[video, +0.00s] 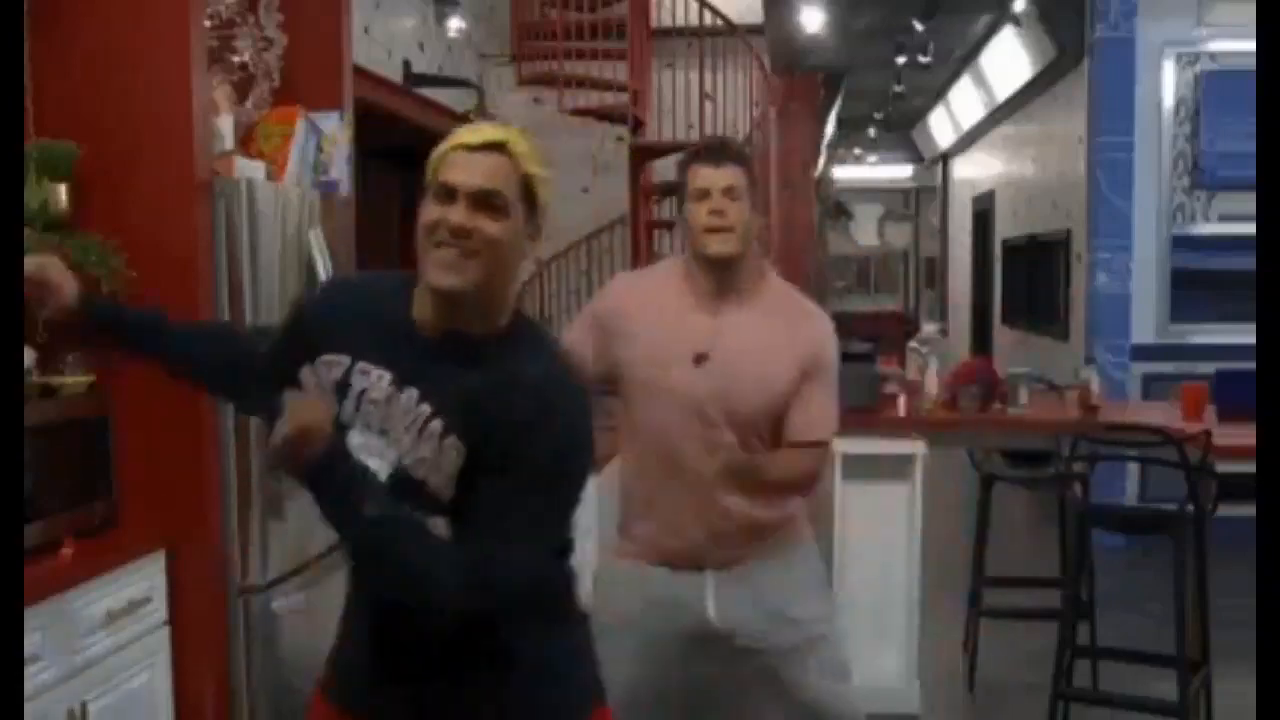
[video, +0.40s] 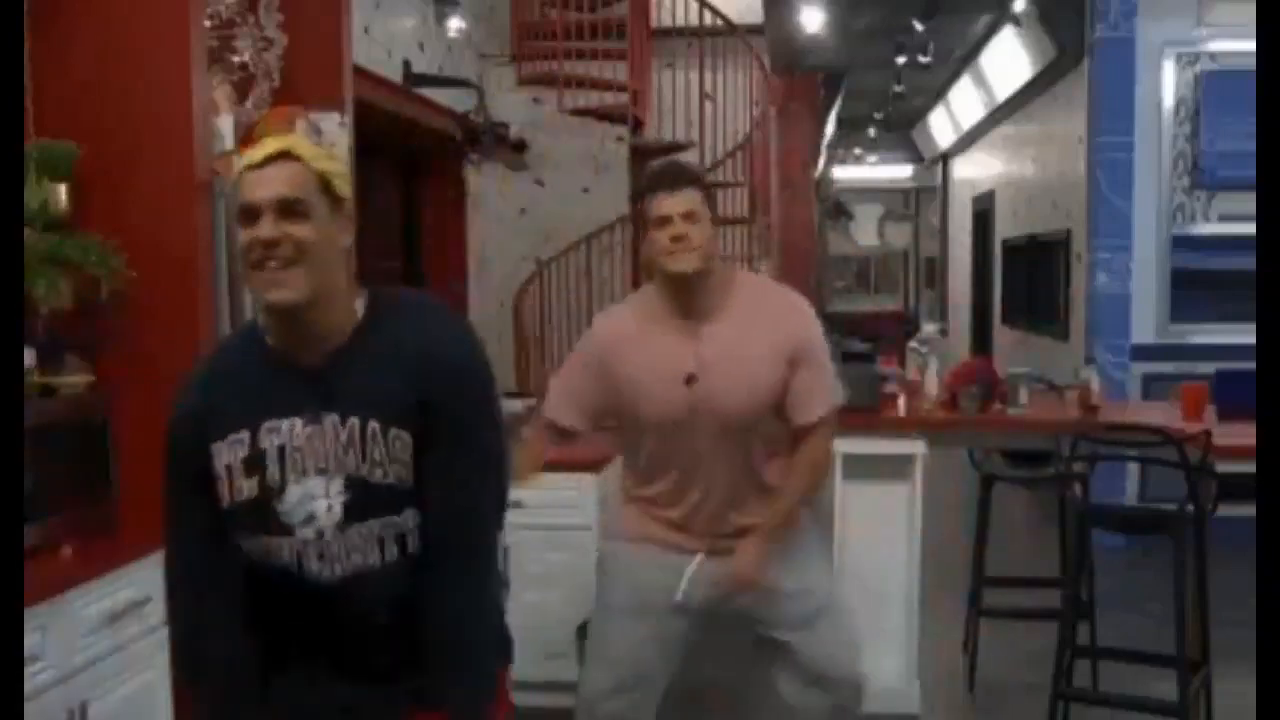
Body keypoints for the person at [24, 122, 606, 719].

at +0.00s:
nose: (457, 219)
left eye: (488, 206)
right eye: (444, 198)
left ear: (532, 238)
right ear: (419, 215)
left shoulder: (544, 397)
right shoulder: (347, 312)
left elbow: (479, 584)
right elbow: (257, 371)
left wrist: (331, 470)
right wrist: (89, 315)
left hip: (515, 693)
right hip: (373, 676)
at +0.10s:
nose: (418, 235)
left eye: (449, 222)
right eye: (405, 212)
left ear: (491, 250)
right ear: (383, 226)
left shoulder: (505, 403)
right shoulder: (316, 325)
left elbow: (437, 605)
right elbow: (236, 381)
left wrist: (327, 474)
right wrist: (63, 304)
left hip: (482, 686)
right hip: (345, 671)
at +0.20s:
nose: (355, 204)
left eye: (386, 188)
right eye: (341, 182)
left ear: (431, 215)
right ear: (320, 198)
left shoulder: (472, 353)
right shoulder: (259, 321)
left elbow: (429, 553)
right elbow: (182, 422)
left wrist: (228, 521)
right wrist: (39, 439)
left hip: (444, 676)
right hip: (298, 669)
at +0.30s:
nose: (323, 194)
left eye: (351, 176)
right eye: (306, 174)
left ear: (400, 198)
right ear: (287, 192)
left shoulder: (464, 331)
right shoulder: (238, 333)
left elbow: (432, 535)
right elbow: (156, 493)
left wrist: (232, 613)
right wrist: (37, 550)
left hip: (440, 662)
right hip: (293, 662)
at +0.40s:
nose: (266, 235)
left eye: (292, 213)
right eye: (249, 218)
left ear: (345, 227)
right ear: (233, 239)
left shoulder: (435, 350)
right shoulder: (209, 400)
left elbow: (464, 560)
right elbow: (198, 599)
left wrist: (462, 701)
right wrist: (217, 705)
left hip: (425, 681)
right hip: (274, 690)